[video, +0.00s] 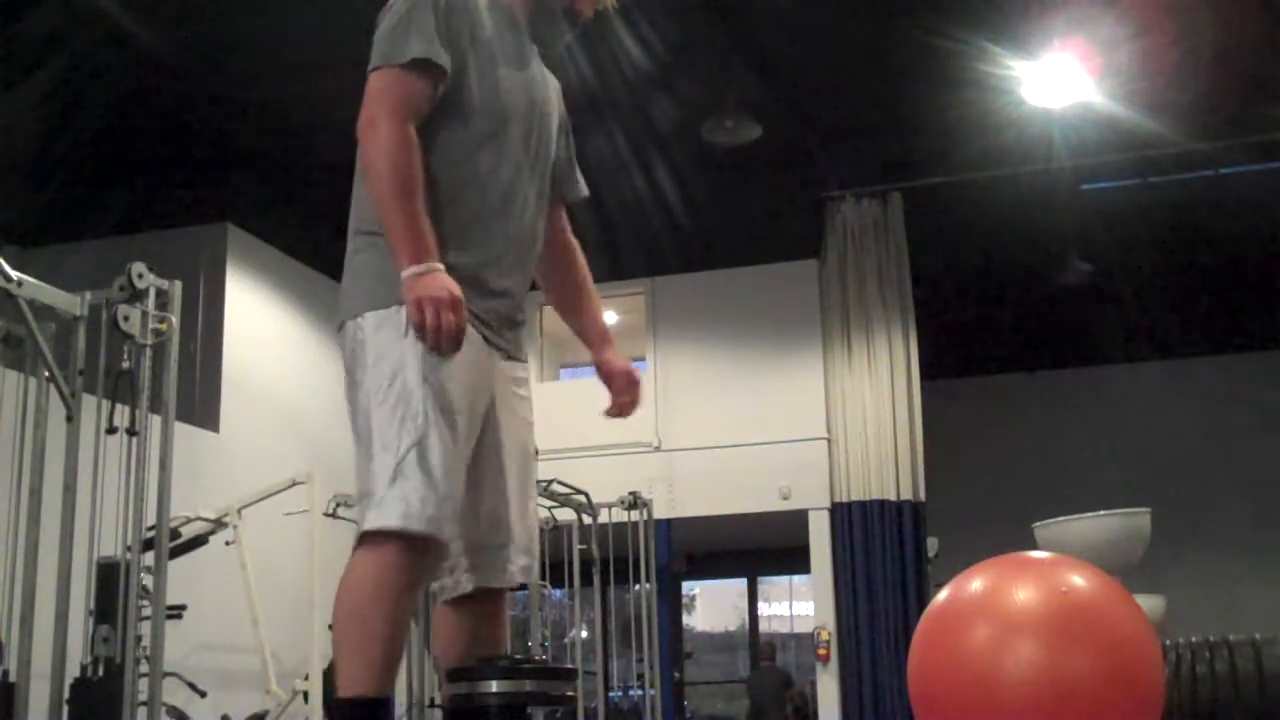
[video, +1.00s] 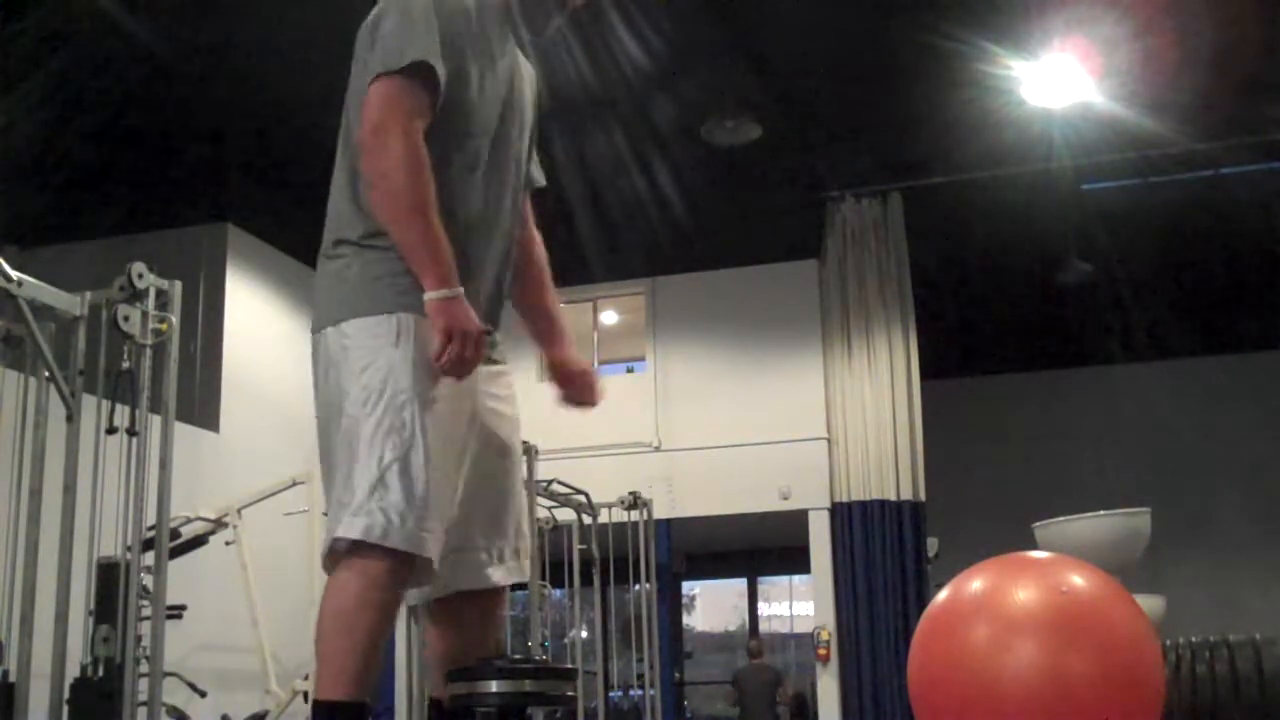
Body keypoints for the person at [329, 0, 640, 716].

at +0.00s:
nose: (602, 4)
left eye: (606, 5)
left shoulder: (544, 84)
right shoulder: (444, 5)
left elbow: (549, 227)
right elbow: (384, 121)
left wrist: (601, 344)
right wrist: (419, 263)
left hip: (501, 332)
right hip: (414, 306)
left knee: (484, 562)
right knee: (402, 529)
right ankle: (356, 713)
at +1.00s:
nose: (580, 6)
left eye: (581, 10)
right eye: (578, 3)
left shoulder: (517, 64)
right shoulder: (427, 6)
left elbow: (513, 217)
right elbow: (386, 137)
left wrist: (557, 342)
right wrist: (442, 286)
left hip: (472, 323)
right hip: (388, 305)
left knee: (474, 567)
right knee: (380, 543)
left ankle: (470, 717)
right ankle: (336, 714)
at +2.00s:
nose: (604, 192)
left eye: (601, 177)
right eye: (584, 174)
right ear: (527, 186)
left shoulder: (567, 342)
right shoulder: (477, 286)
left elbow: (541, 494)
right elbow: (468, 475)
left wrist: (540, 636)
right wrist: (477, 640)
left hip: (392, 497)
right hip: (291, 485)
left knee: (574, 576)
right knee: (456, 546)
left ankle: (484, 710)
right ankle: (355, 711)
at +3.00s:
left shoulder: (523, 75)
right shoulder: (427, 8)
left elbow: (519, 211)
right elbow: (442, 158)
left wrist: (531, 337)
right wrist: (464, 308)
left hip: (452, 317)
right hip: (365, 300)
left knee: (462, 553)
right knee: (363, 533)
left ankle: (449, 711)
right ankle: (332, 711)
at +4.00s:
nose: (607, 124)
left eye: (611, 106)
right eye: (587, 105)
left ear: (619, 123)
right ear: (531, 117)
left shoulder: (582, 263)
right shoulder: (499, 213)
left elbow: (568, 425)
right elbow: (491, 391)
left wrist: (584, 542)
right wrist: (526, 543)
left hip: (409, 426)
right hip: (321, 404)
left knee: (546, 564)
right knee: (455, 545)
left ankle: (358, 683)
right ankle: (362, 706)